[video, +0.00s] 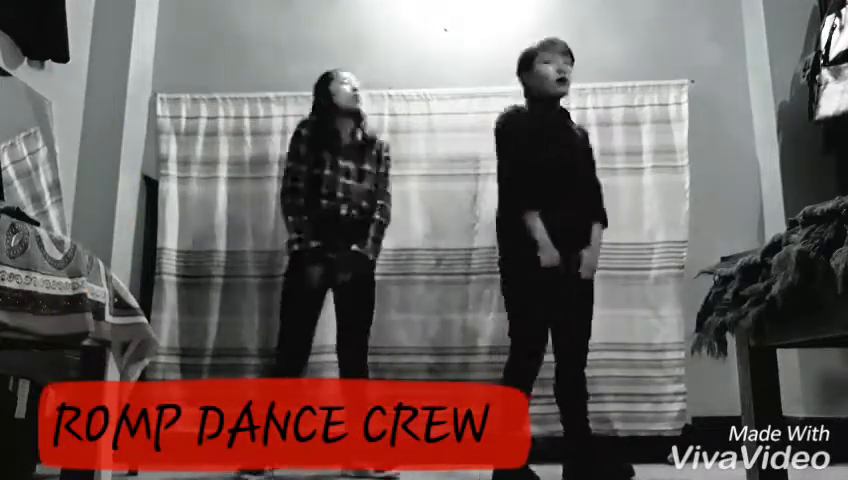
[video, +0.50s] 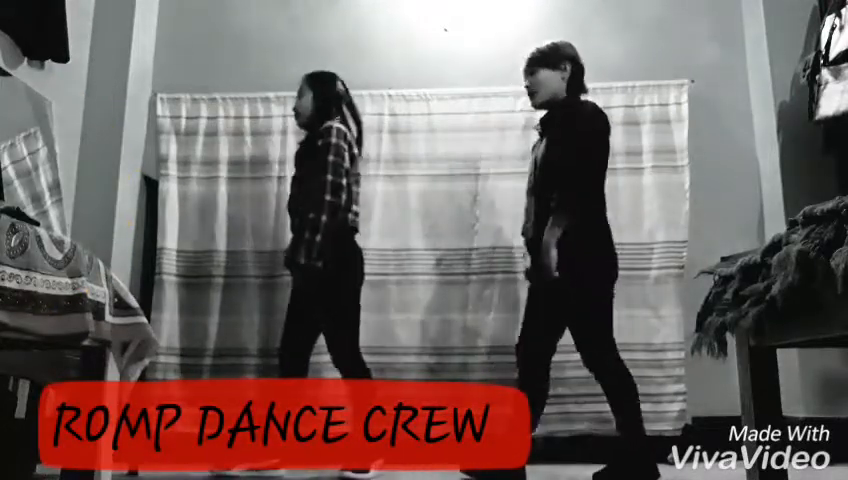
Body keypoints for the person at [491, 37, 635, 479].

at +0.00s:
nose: (562, 70)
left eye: (567, 65)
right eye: (550, 63)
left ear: (571, 77)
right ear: (526, 74)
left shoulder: (576, 133)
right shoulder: (514, 123)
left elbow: (592, 193)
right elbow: (518, 188)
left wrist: (594, 244)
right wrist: (543, 241)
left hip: (573, 258)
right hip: (526, 255)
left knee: (572, 358)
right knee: (527, 353)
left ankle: (579, 452)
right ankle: (505, 452)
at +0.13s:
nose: (543, 70)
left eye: (552, 63)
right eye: (534, 66)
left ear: (568, 72)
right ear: (524, 78)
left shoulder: (591, 129)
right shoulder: (509, 130)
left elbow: (606, 194)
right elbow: (500, 195)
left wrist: (596, 244)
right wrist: (523, 242)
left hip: (579, 259)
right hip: (524, 258)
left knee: (577, 358)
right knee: (522, 357)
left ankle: (580, 456)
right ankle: (507, 458)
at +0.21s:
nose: (536, 72)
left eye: (546, 63)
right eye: (529, 66)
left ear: (568, 71)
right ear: (523, 76)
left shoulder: (595, 125)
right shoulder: (511, 132)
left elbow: (608, 191)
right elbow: (498, 196)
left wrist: (589, 240)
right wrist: (515, 243)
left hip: (581, 257)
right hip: (525, 257)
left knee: (579, 359)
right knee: (518, 358)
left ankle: (585, 460)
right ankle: (507, 461)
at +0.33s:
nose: (528, 74)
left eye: (537, 65)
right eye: (525, 69)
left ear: (566, 67)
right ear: (525, 78)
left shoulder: (591, 114)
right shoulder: (522, 133)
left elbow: (599, 183)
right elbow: (506, 194)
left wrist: (569, 237)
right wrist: (510, 243)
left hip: (580, 250)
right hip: (531, 254)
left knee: (591, 351)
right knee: (519, 357)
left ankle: (623, 453)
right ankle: (508, 458)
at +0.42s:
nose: (525, 78)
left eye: (534, 68)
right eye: (525, 71)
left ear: (563, 69)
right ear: (542, 76)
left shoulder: (589, 115)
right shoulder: (537, 125)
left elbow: (584, 180)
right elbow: (524, 188)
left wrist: (559, 229)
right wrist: (521, 239)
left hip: (581, 252)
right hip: (540, 255)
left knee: (596, 355)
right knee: (525, 355)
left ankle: (635, 451)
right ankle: (511, 454)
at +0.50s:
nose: (527, 83)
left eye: (534, 73)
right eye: (527, 76)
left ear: (563, 73)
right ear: (558, 77)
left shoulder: (584, 117)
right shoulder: (556, 125)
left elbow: (577, 188)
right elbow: (546, 191)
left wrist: (551, 236)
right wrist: (534, 239)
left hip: (580, 259)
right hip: (558, 261)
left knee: (600, 356)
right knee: (530, 355)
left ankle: (637, 455)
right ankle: (511, 453)